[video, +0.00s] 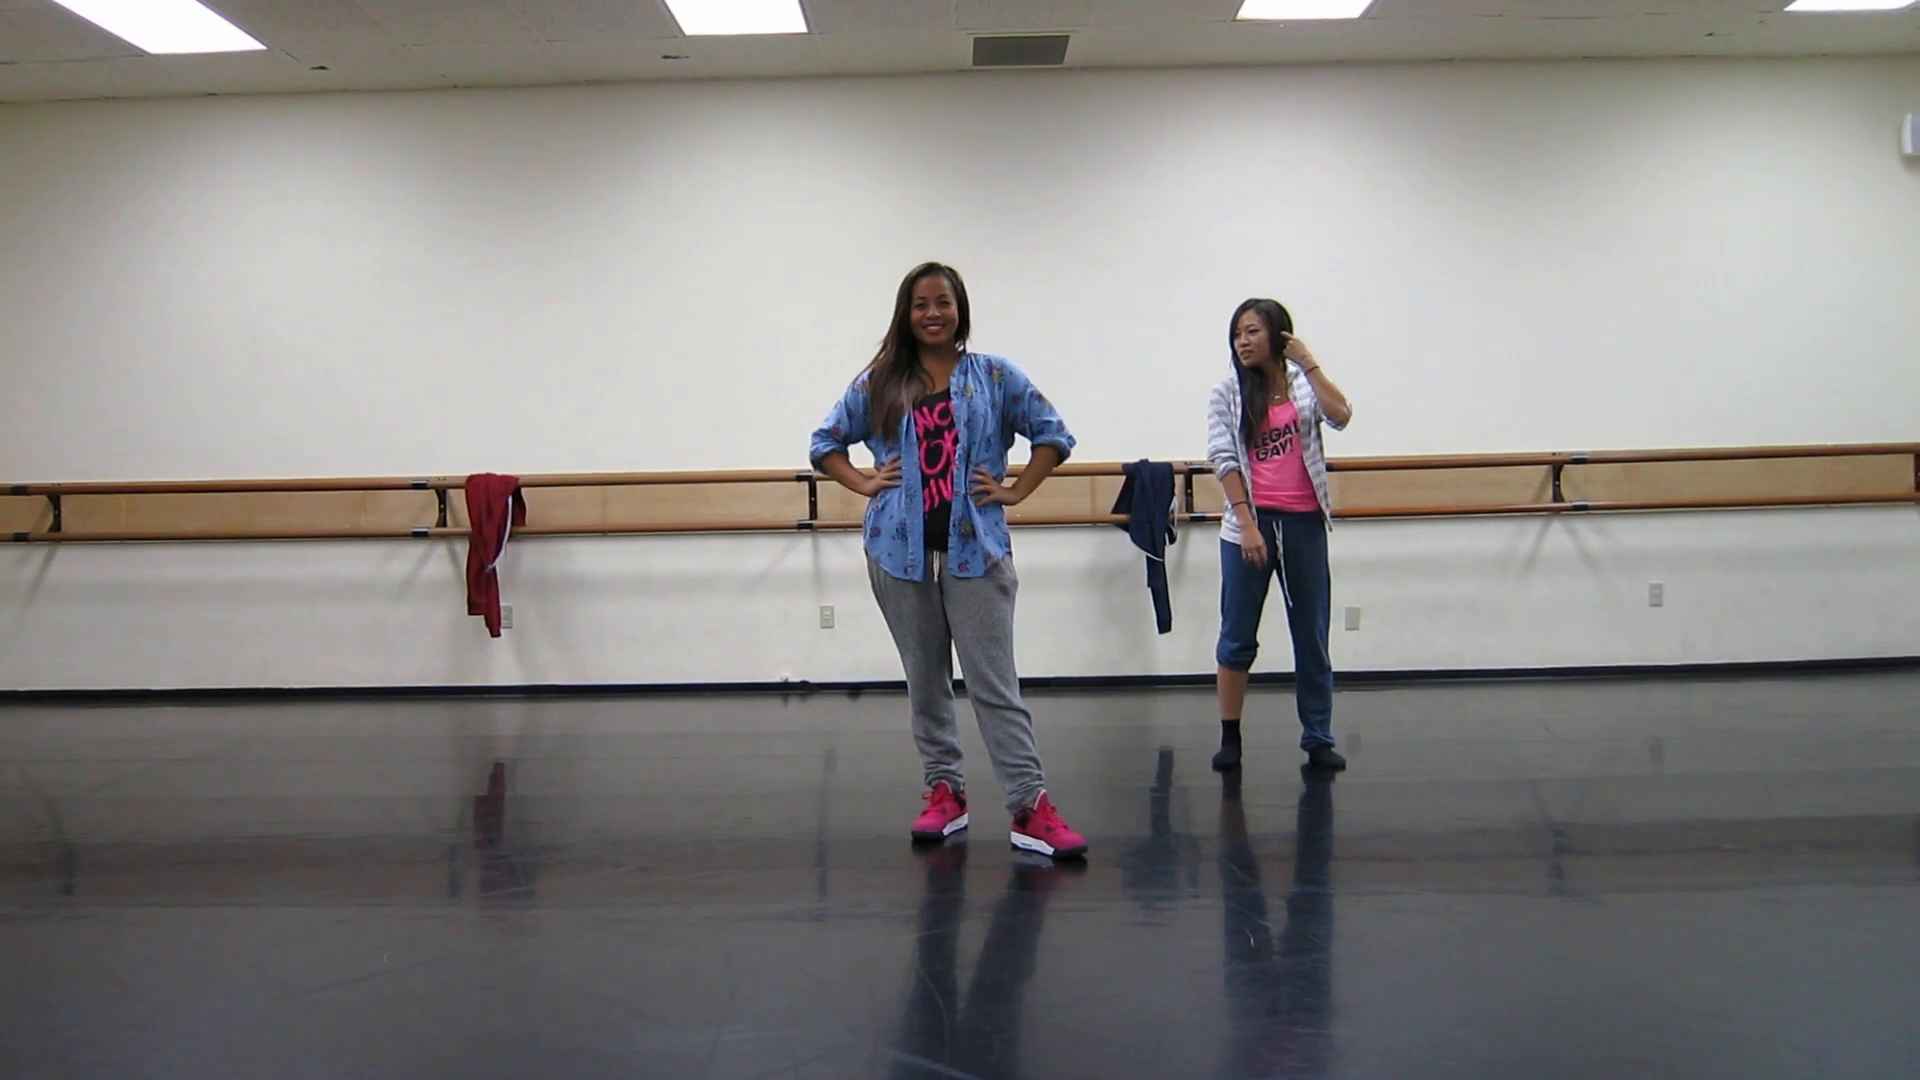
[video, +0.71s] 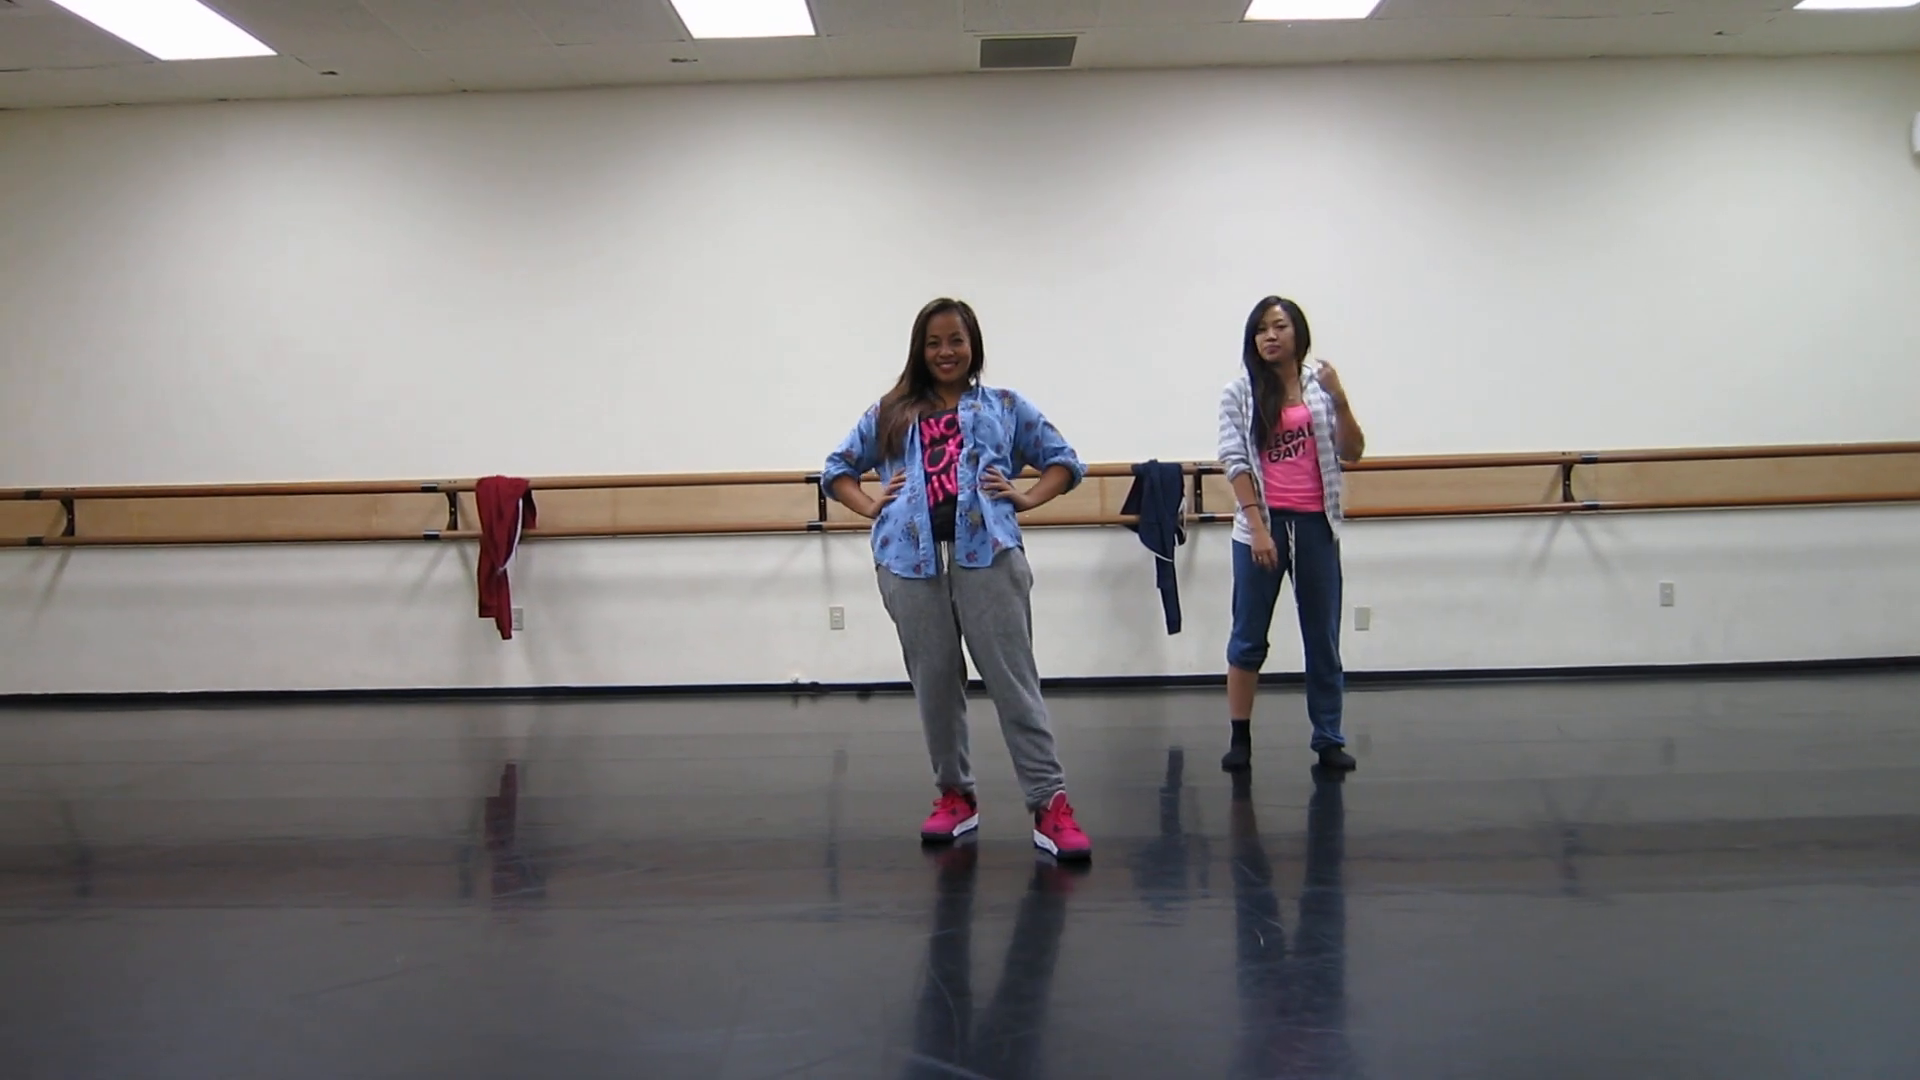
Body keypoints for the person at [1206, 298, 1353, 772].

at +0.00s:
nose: (1243, 341)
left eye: (1253, 331)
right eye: (1237, 334)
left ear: (1278, 337)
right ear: (1233, 342)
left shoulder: (1304, 383)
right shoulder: (1228, 392)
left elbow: (1340, 416)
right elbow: (1223, 460)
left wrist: (1309, 362)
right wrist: (1246, 522)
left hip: (1305, 523)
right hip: (1248, 523)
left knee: (1313, 639)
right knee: (1237, 640)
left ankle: (1319, 741)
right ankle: (1230, 738)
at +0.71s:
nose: (1270, 335)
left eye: (1280, 326)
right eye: (1262, 329)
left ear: (1300, 332)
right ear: (1253, 340)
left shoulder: (1320, 385)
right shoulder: (1239, 392)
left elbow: (1352, 454)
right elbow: (1234, 463)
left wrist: (1339, 398)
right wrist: (1257, 527)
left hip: (1316, 525)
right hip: (1260, 524)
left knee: (1324, 640)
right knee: (1248, 640)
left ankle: (1329, 742)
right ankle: (1239, 738)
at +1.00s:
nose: (1291, 334)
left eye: (1300, 325)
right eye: (1281, 328)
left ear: (1317, 332)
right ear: (1270, 338)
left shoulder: (1342, 388)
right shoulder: (1253, 393)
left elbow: (1354, 449)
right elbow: (1242, 465)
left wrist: (1358, 465)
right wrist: (1251, 530)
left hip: (1332, 524)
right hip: (1276, 523)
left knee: (1335, 638)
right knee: (1259, 637)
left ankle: (1336, 740)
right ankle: (1246, 736)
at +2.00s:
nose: (1259, 347)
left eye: (1269, 339)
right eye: (1251, 340)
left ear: (1283, 347)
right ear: (1237, 348)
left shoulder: (1300, 401)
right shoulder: (1215, 401)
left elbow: (1310, 458)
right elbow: (1206, 466)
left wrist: (1311, 491)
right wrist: (1214, 527)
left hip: (1277, 525)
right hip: (1224, 524)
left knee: (1300, 628)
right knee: (1222, 632)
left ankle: (1327, 729)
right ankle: (1226, 727)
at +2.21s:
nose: (1237, 344)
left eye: (1246, 336)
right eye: (1228, 337)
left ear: (1259, 344)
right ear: (1215, 346)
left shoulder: (1276, 396)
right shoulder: (1192, 398)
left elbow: (1288, 457)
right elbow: (1173, 464)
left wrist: (1267, 482)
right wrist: (1165, 524)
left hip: (1259, 520)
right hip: (1205, 521)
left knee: (1284, 615)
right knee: (1213, 629)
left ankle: (1275, 715)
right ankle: (1221, 725)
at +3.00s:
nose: (1242, 355)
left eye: (1249, 347)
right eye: (1232, 349)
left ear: (1261, 354)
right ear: (1220, 359)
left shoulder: (1275, 400)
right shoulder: (1206, 404)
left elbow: (1284, 463)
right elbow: (1173, 464)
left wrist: (1305, 435)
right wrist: (1196, 455)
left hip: (1263, 520)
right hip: (1219, 518)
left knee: (1256, 622)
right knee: (1224, 618)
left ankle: (1248, 712)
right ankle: (1210, 711)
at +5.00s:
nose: (1232, 373)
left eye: (1239, 366)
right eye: (1223, 367)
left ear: (1251, 372)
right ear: (1211, 376)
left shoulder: (1271, 417)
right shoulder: (1193, 422)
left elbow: (1283, 485)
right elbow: (1179, 485)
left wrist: (1278, 450)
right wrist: (1220, 481)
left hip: (1259, 536)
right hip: (1209, 535)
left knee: (1257, 643)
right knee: (1189, 631)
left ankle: (1253, 736)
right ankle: (1167, 718)